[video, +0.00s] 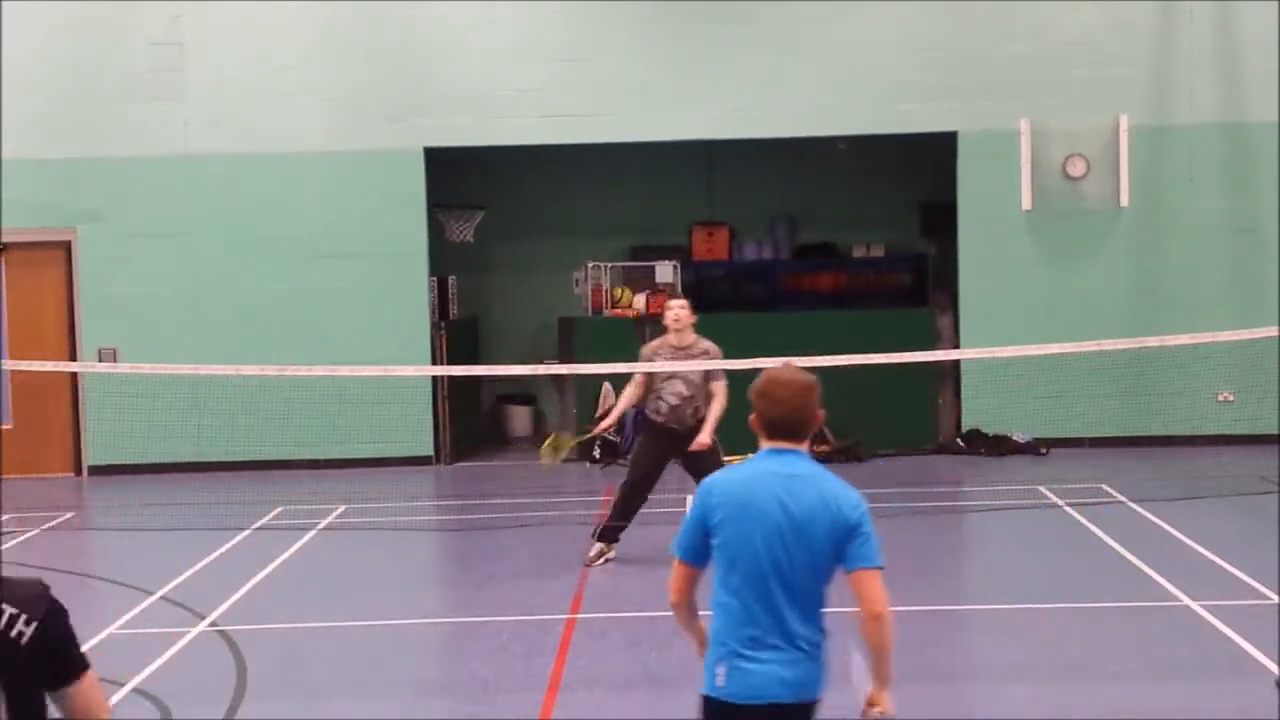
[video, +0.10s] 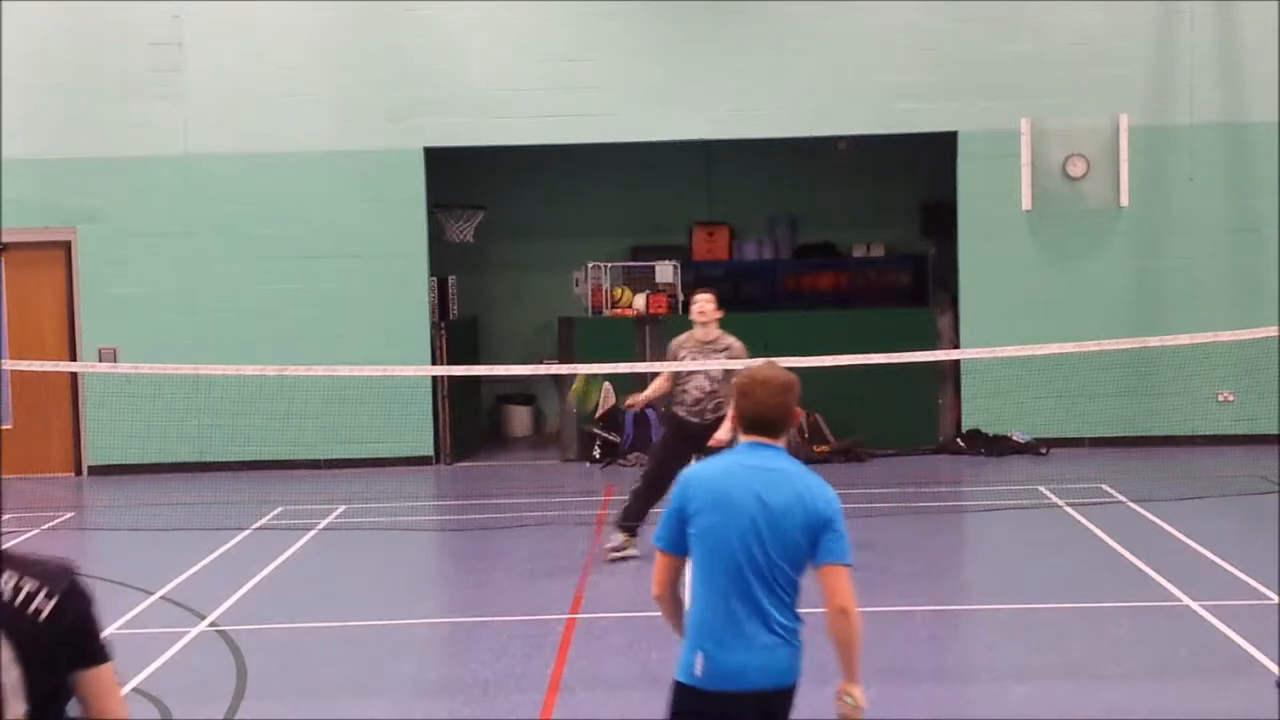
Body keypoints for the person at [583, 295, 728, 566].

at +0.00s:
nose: (676, 314)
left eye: (682, 309)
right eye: (671, 309)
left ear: (693, 316)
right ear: (663, 317)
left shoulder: (709, 352)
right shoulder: (651, 351)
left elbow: (719, 395)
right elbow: (636, 386)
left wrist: (707, 432)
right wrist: (613, 416)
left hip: (696, 433)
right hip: (657, 432)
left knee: (720, 491)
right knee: (635, 486)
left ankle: (734, 546)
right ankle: (605, 541)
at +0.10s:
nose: (700, 308)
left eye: (706, 304)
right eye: (696, 304)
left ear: (719, 312)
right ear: (690, 312)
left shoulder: (733, 348)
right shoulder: (679, 345)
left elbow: (740, 392)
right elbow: (668, 378)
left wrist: (727, 427)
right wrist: (644, 397)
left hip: (717, 428)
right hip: (681, 426)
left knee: (722, 484)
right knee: (655, 476)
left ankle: (725, 541)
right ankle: (626, 532)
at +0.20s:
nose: (721, 301)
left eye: (728, 297)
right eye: (718, 297)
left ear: (739, 309)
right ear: (712, 307)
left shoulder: (751, 342)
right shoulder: (699, 339)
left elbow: (760, 381)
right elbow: (690, 373)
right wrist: (674, 376)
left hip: (742, 411)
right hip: (706, 408)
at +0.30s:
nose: (737, 294)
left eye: (744, 292)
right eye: (735, 291)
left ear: (756, 303)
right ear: (730, 299)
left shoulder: (768, 335)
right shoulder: (718, 335)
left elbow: (782, 378)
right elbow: (701, 368)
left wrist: (789, 422)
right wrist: (683, 351)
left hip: (755, 408)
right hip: (719, 407)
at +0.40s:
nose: (754, 280)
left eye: (761, 277)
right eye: (752, 277)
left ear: (773, 289)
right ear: (748, 287)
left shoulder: (781, 319)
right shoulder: (736, 322)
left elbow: (800, 357)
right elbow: (719, 354)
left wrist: (804, 395)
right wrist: (702, 345)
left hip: (768, 395)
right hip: (740, 396)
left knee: (764, 454)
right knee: (728, 451)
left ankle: (766, 508)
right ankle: (730, 506)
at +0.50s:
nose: (771, 277)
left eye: (778, 274)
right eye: (771, 273)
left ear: (790, 286)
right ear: (767, 283)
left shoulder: (796, 313)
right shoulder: (755, 320)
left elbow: (798, 341)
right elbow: (742, 357)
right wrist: (718, 362)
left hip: (781, 388)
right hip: (756, 391)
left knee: (783, 454)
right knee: (757, 457)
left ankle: (796, 518)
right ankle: (769, 520)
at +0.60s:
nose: (792, 276)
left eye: (800, 274)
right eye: (792, 273)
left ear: (811, 285)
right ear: (790, 281)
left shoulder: (814, 308)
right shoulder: (782, 317)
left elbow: (791, 301)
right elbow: (779, 361)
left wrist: (758, 280)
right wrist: (750, 376)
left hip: (800, 389)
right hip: (777, 389)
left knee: (801, 453)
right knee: (767, 452)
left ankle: (832, 491)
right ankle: (767, 516)